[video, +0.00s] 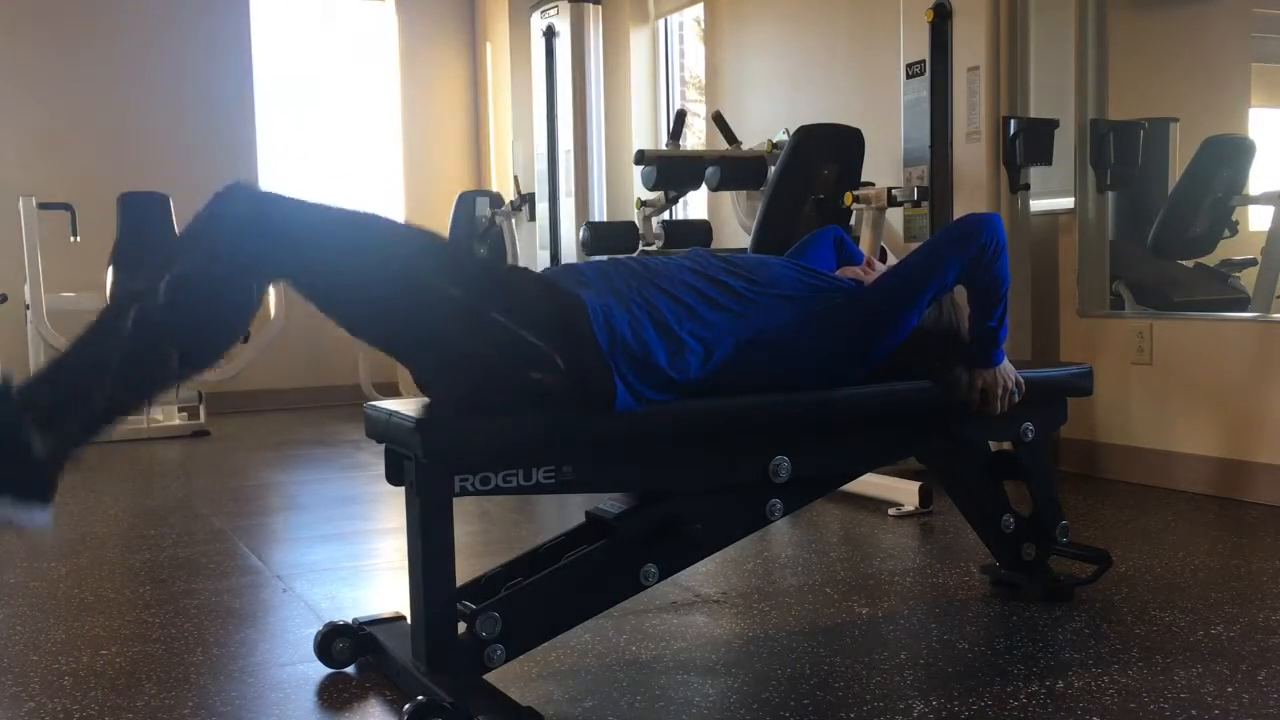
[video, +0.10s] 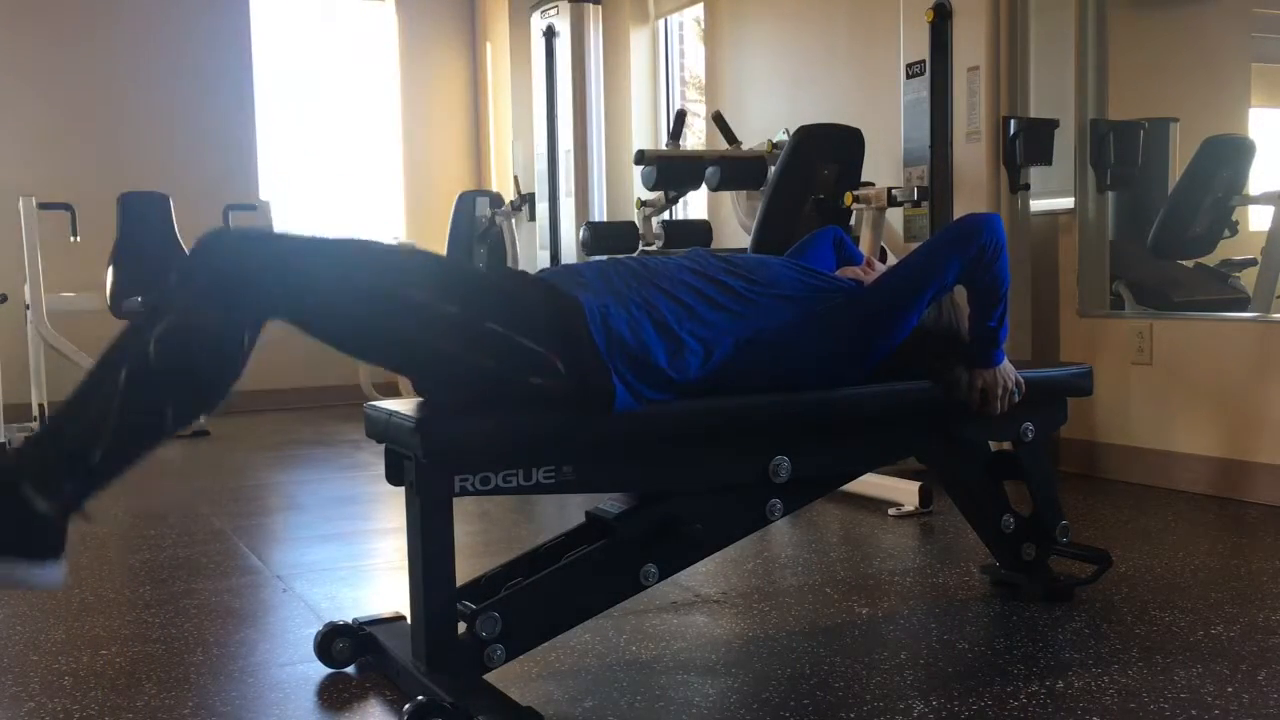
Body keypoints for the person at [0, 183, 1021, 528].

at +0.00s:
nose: (873, 250)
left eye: (890, 259)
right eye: (876, 245)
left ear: (894, 294)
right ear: (856, 261)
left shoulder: (855, 323)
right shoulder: (787, 286)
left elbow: (983, 227)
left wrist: (984, 348)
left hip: (545, 350)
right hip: (525, 308)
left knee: (244, 216)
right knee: (272, 205)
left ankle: (39, 435)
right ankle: (172, 287)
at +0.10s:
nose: (877, 244)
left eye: (899, 263)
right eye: (889, 253)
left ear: (914, 323)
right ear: (881, 307)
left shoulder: (855, 325)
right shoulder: (788, 282)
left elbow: (984, 228)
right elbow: (823, 157)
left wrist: (979, 354)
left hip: (554, 342)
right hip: (524, 304)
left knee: (238, 256)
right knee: (254, 235)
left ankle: (41, 493)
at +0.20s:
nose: (881, 247)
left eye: (900, 256)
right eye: (883, 238)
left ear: (899, 296)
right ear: (859, 251)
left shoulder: (849, 322)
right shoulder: (790, 281)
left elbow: (985, 235)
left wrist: (974, 351)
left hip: (552, 352)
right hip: (527, 300)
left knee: (234, 307)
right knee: (331, 272)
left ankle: (41, 550)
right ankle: (183, 296)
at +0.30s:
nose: (874, 246)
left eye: (892, 252)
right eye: (874, 239)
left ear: (895, 286)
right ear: (851, 251)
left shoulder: (854, 323)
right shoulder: (786, 284)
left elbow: (979, 234)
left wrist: (968, 351)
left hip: (552, 344)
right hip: (520, 298)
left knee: (227, 350)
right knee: (241, 328)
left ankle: (48, 592)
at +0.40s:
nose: (884, 255)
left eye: (896, 264)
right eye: (890, 253)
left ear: (898, 297)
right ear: (867, 267)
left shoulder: (860, 321)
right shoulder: (782, 289)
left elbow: (979, 222)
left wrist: (977, 351)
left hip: (552, 347)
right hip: (515, 304)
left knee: (239, 365)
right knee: (259, 341)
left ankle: (59, 619)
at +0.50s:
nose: (879, 253)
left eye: (893, 261)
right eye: (887, 251)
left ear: (895, 295)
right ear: (863, 269)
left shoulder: (859, 321)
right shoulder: (783, 292)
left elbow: (978, 222)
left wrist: (983, 356)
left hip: (551, 346)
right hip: (513, 304)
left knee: (231, 365)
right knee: (247, 343)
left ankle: (61, 617)